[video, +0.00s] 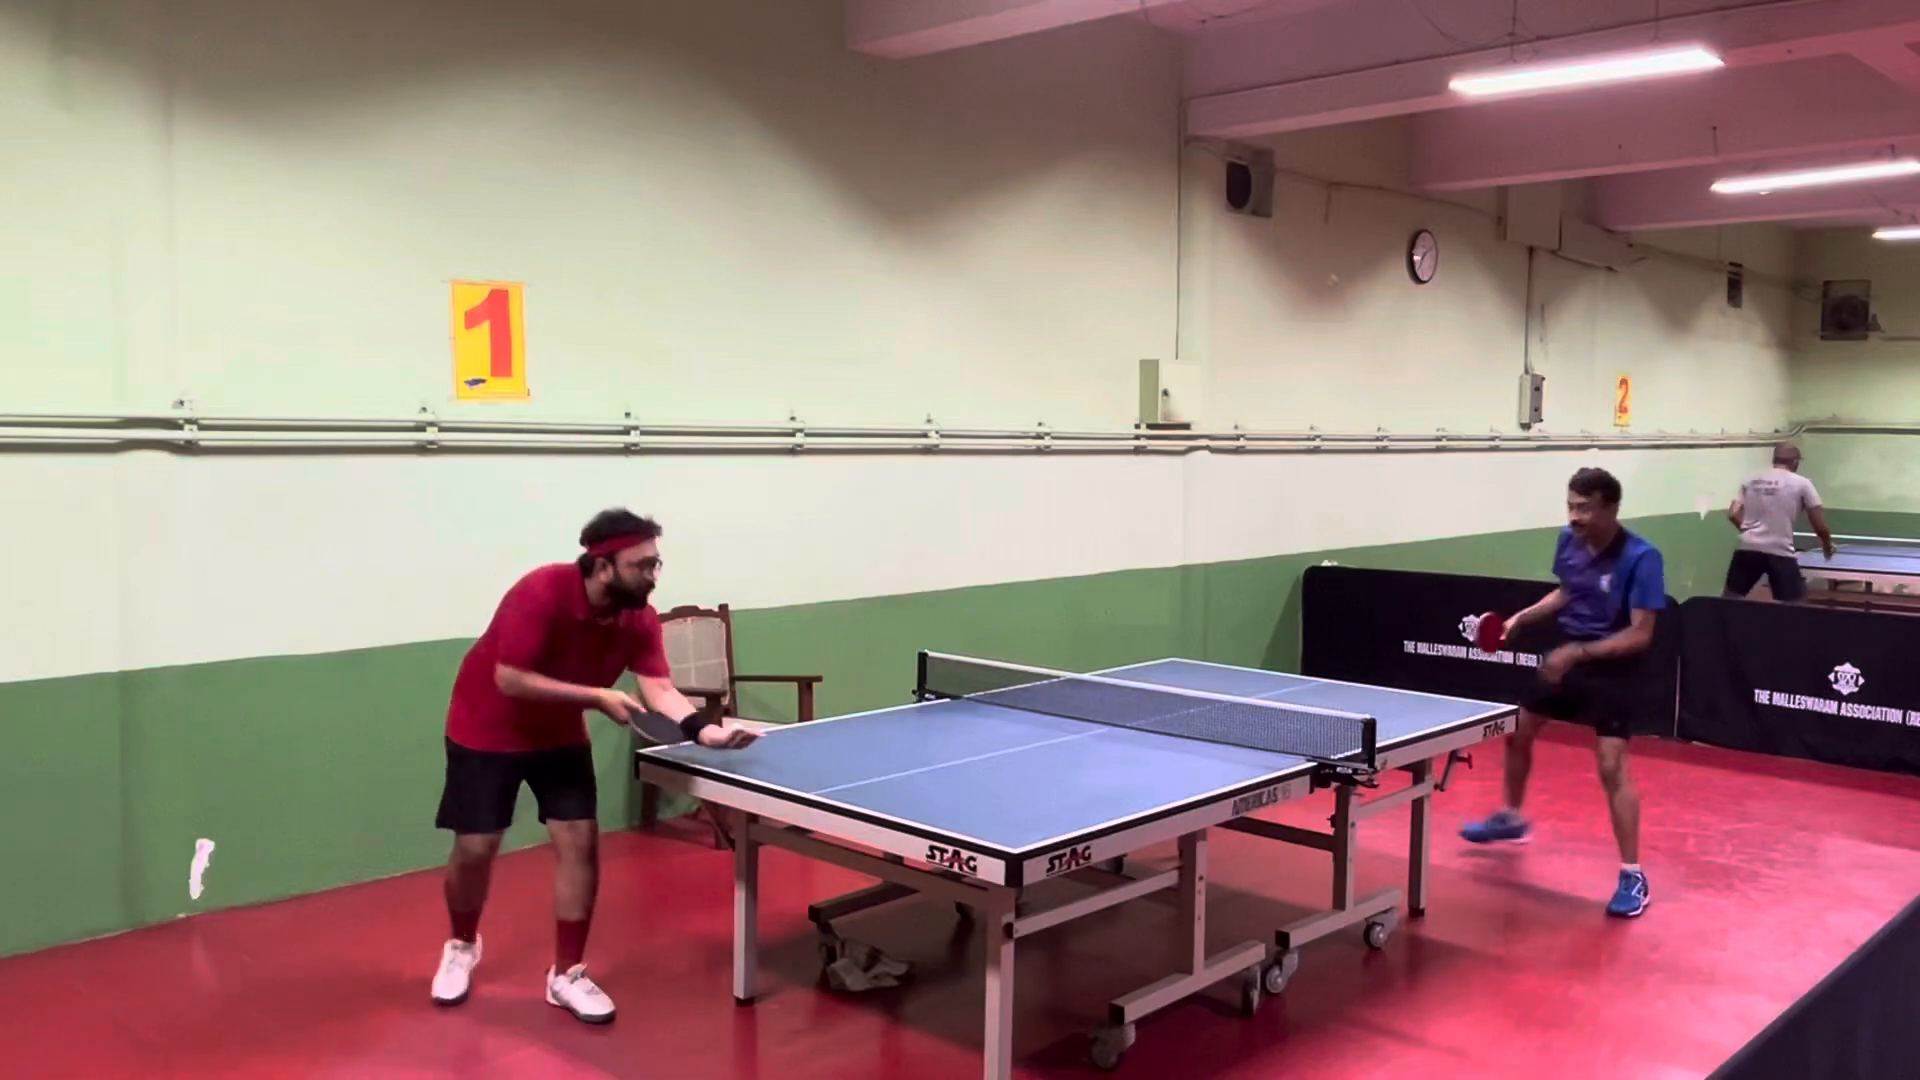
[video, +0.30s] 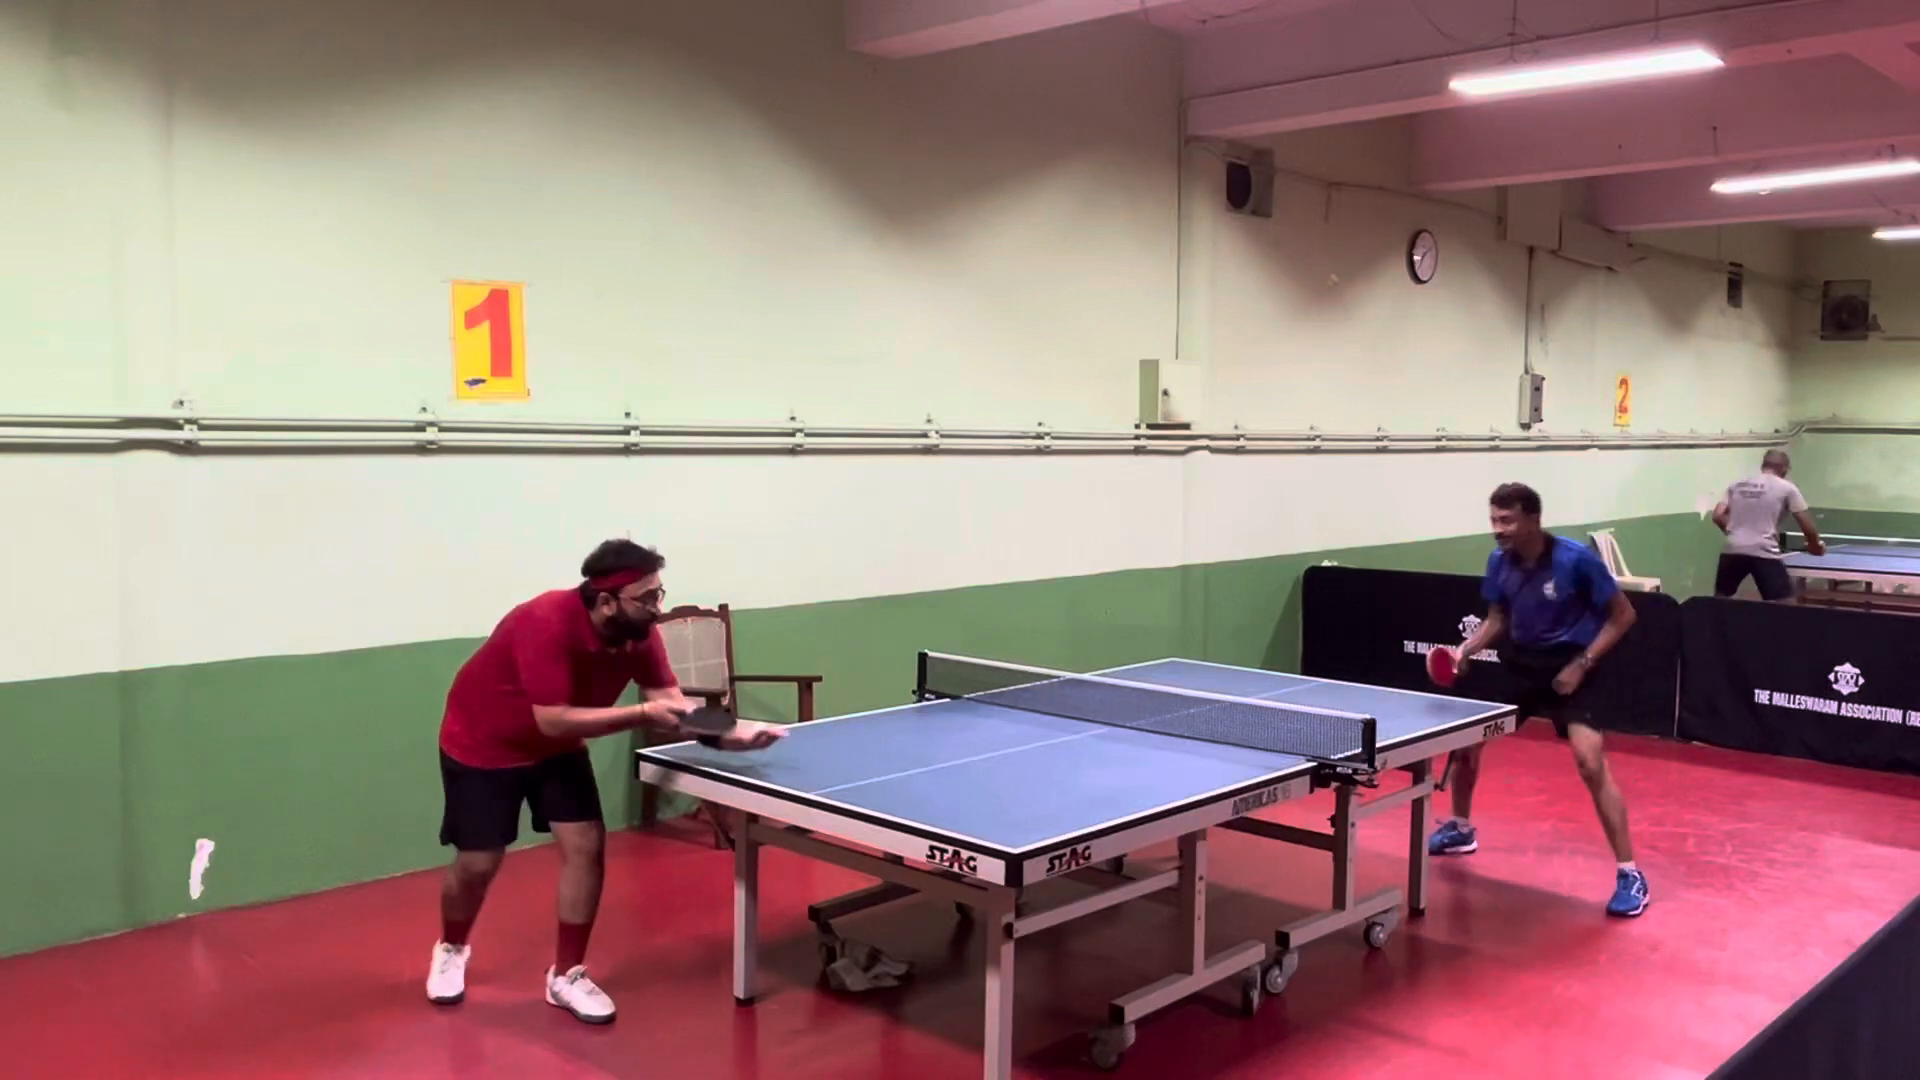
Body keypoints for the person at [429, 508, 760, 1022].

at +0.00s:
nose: (656, 574)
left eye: (657, 563)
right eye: (645, 564)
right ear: (605, 565)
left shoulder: (639, 619)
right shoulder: (540, 593)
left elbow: (661, 692)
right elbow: (509, 678)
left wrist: (705, 727)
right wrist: (596, 697)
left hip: (560, 726)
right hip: (489, 724)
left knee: (579, 840)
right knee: (475, 848)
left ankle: (567, 974)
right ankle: (461, 945)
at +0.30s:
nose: (659, 608)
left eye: (659, 595)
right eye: (647, 598)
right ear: (606, 601)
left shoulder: (638, 633)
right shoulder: (543, 625)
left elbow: (670, 705)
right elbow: (552, 722)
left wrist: (730, 731)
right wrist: (642, 715)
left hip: (558, 742)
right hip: (482, 744)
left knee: (585, 844)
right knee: (477, 865)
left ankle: (567, 975)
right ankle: (451, 949)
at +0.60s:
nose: (582, 581)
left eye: (580, 568)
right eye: (566, 577)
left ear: (582, 560)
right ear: (530, 587)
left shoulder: (587, 581)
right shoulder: (501, 639)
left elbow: (651, 599)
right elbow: (554, 719)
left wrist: (696, 581)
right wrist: (621, 675)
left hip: (559, 735)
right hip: (488, 750)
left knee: (590, 836)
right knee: (484, 867)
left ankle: (569, 973)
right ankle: (446, 952)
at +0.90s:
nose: (505, 538)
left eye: (502, 527)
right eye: (486, 540)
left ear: (511, 526)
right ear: (461, 567)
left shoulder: (557, 572)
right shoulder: (437, 611)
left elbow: (639, 600)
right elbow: (397, 667)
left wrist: (716, 627)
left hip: (552, 729)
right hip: (474, 741)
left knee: (592, 823)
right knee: (470, 856)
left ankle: (576, 964)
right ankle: (447, 955)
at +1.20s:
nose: (581, 568)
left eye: (581, 557)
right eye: (570, 558)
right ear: (531, 563)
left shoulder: (582, 606)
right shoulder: (466, 599)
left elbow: (618, 643)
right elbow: (386, 623)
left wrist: (654, 677)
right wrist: (431, 689)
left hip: (551, 749)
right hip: (473, 756)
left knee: (584, 846)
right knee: (465, 868)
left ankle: (546, 959)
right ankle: (450, 955)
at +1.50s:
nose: (612, 523)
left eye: (608, 513)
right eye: (601, 515)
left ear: (574, 527)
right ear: (568, 527)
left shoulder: (583, 579)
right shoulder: (506, 573)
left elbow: (556, 651)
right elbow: (420, 619)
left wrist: (562, 706)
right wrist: (404, 709)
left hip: (544, 736)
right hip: (478, 739)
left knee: (577, 841)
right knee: (487, 854)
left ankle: (545, 963)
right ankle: (424, 951)